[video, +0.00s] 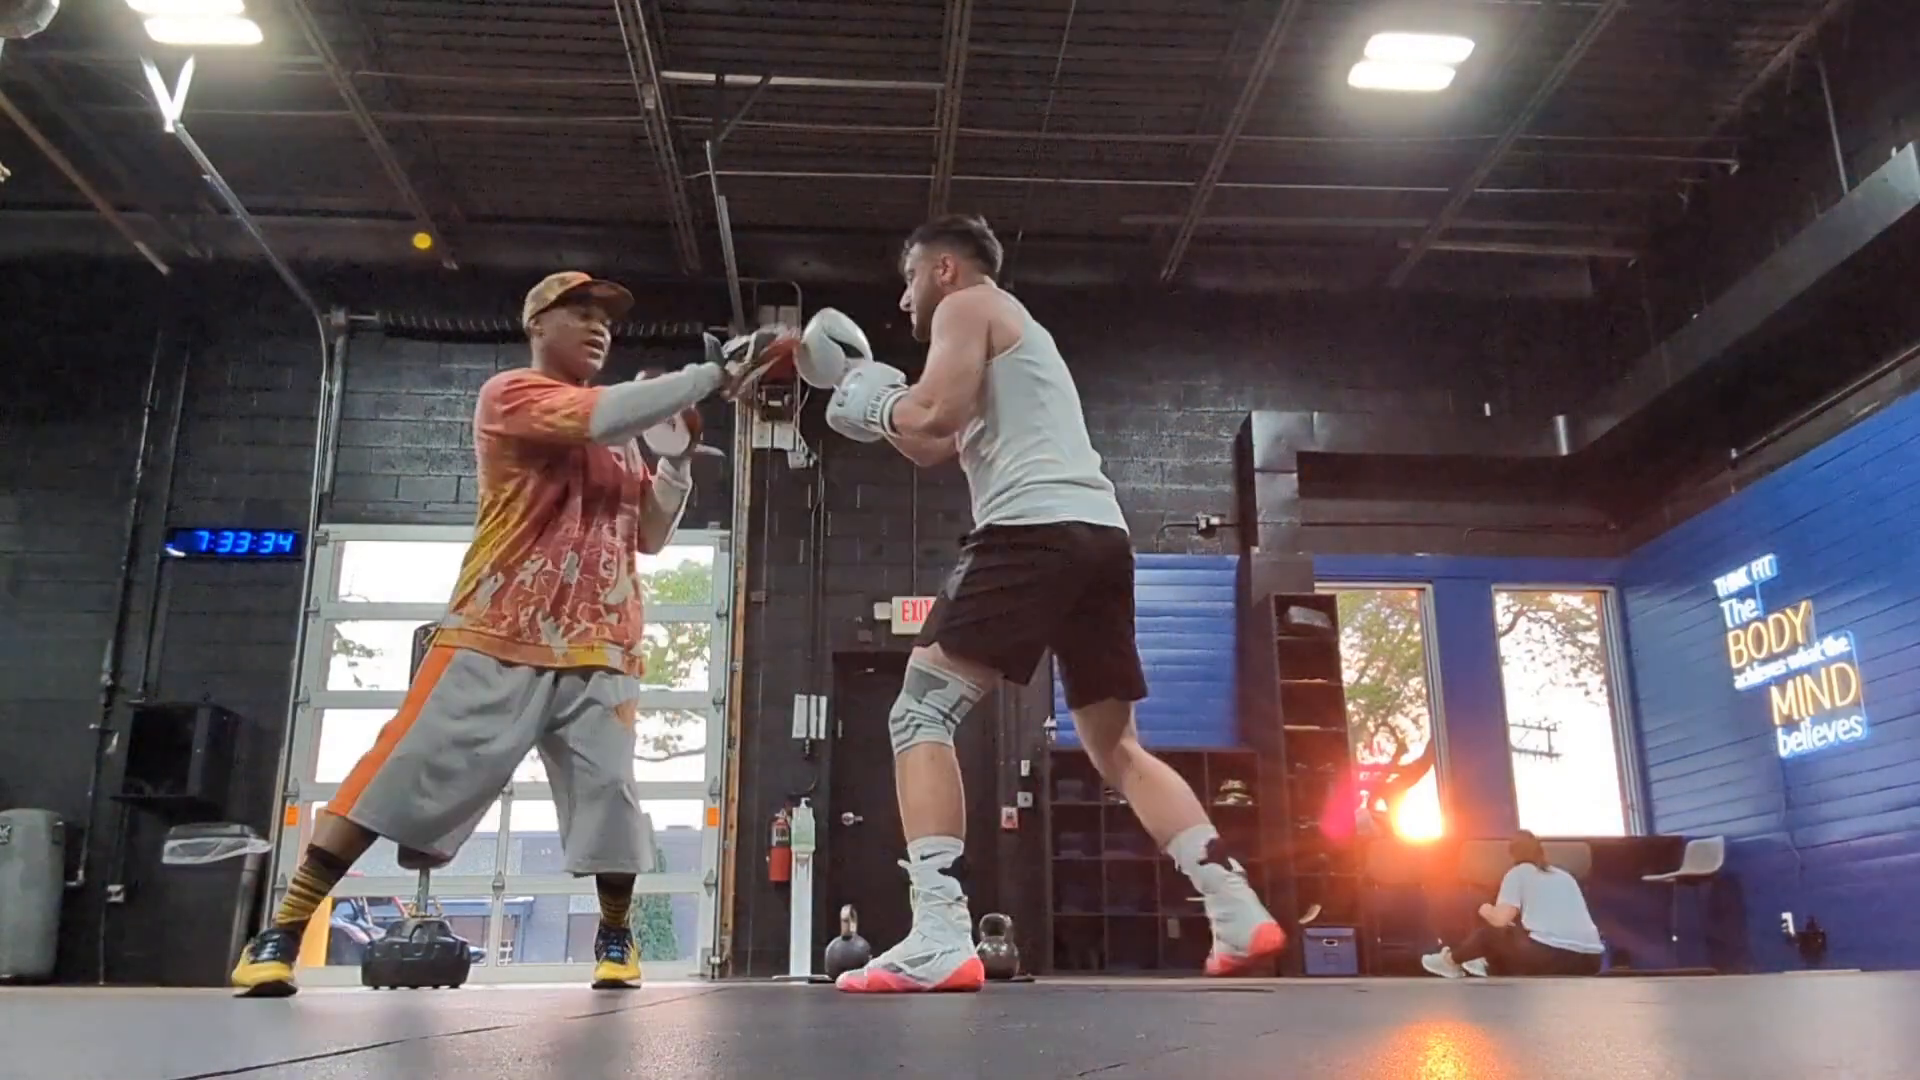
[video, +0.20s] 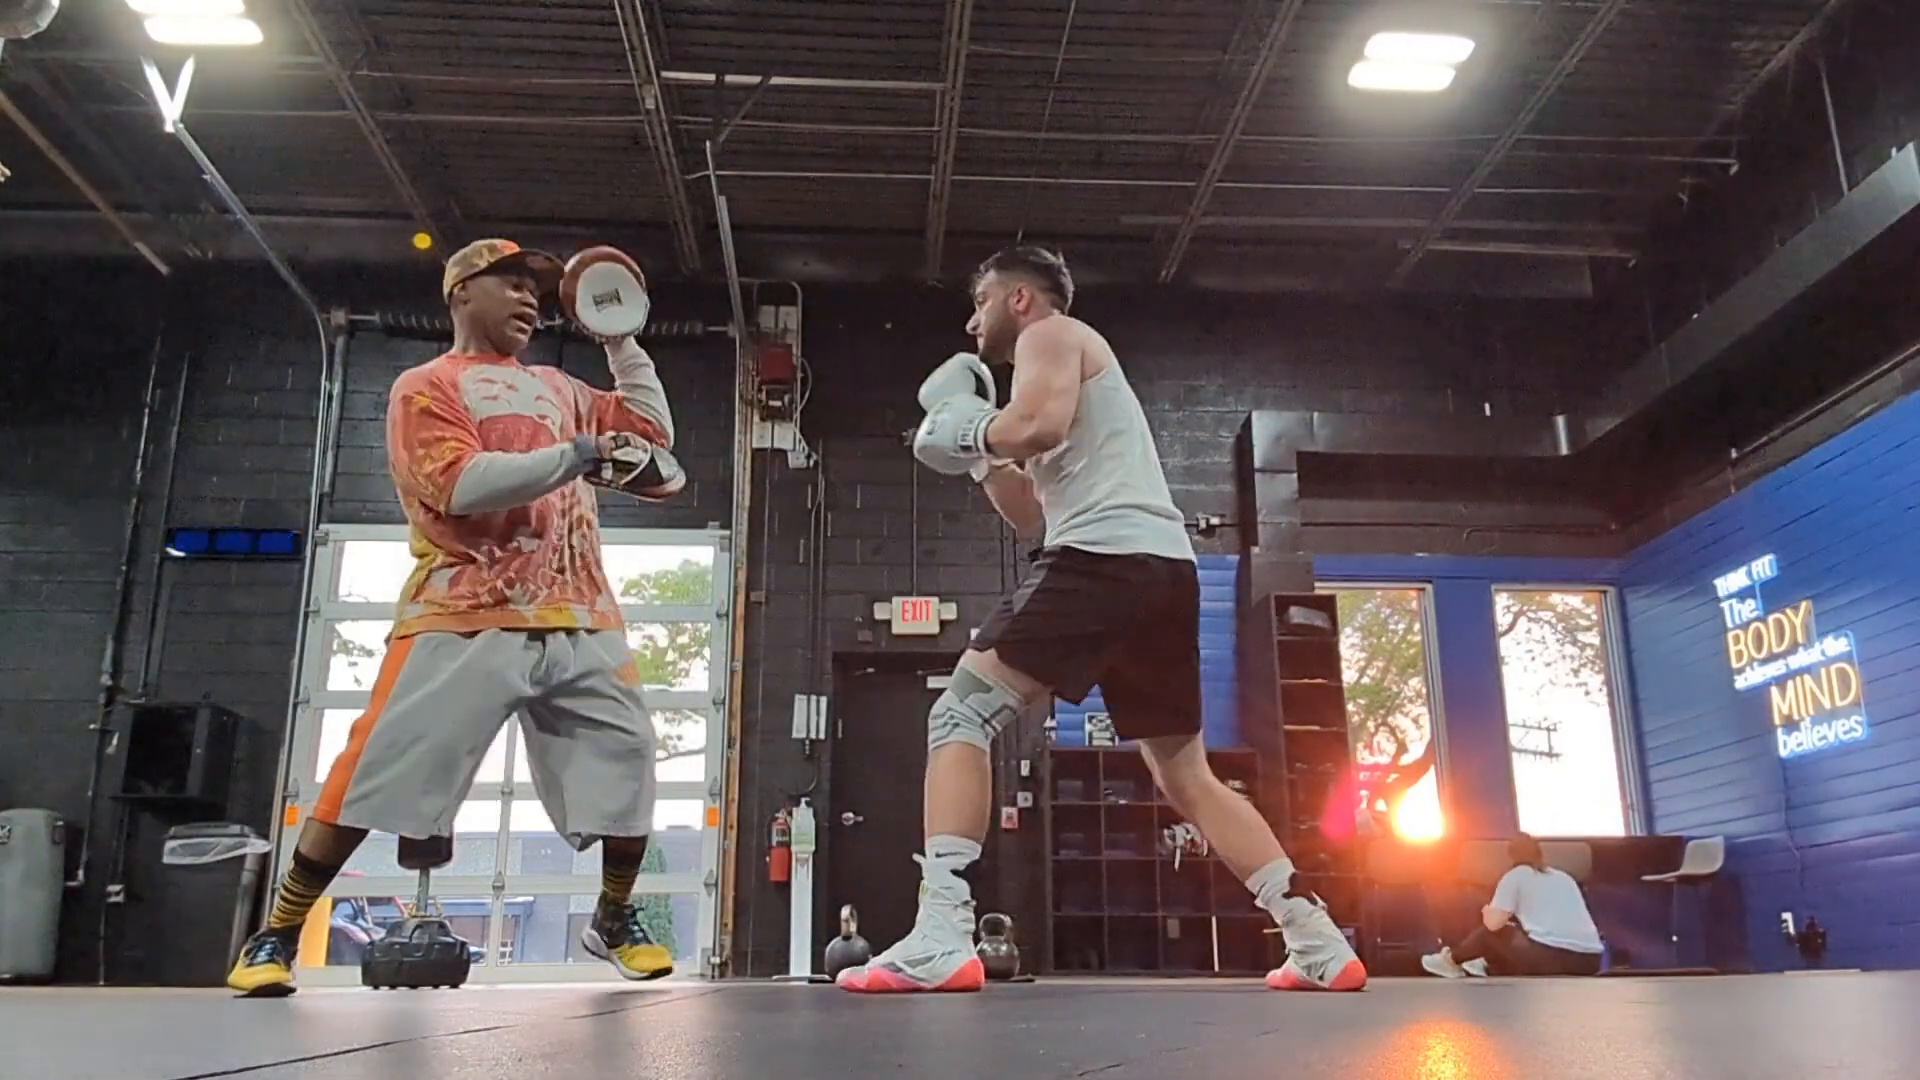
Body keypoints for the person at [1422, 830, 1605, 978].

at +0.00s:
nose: (1511, 855)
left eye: (1512, 851)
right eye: (1513, 850)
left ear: (1514, 854)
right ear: (1540, 852)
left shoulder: (1517, 874)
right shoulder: (1565, 875)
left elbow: (1502, 920)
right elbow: (1559, 918)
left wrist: (1485, 910)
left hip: (1552, 957)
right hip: (1591, 960)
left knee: (1487, 934)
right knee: (1519, 936)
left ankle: (1450, 960)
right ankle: (1483, 963)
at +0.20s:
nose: (1511, 856)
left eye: (1511, 852)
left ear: (1513, 856)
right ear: (1539, 853)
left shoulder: (1515, 877)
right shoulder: (1564, 877)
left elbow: (1493, 923)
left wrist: (1488, 910)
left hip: (1553, 959)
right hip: (1591, 961)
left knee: (1491, 933)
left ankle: (1449, 959)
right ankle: (1482, 965)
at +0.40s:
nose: (1513, 854)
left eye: (1515, 850)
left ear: (1517, 853)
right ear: (1543, 851)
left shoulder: (1517, 874)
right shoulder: (1569, 875)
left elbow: (1485, 920)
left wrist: (1508, 914)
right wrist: (1524, 917)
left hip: (1554, 959)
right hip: (1591, 961)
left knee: (1496, 932)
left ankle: (1449, 960)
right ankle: (1483, 964)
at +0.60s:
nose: (1520, 846)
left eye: (1522, 841)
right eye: (1522, 841)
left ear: (1526, 843)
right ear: (1553, 843)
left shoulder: (1522, 871)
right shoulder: (1579, 871)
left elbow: (1495, 916)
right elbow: (1571, 911)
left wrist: (1509, 925)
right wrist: (1528, 922)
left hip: (1555, 959)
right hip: (1593, 962)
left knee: (1495, 932)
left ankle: (1451, 959)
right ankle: (1483, 964)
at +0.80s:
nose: (1535, 840)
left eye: (1537, 835)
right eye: (1536, 835)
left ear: (1542, 837)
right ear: (1568, 837)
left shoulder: (1535, 867)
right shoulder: (1593, 871)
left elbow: (1507, 912)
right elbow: (1598, 913)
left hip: (1558, 958)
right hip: (1595, 962)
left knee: (1502, 929)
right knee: (1528, 928)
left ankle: (1454, 957)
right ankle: (1485, 963)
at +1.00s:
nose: (1547, 839)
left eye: (1549, 834)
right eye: (1548, 834)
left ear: (1554, 836)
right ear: (1580, 834)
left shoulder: (1545, 868)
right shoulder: (1602, 872)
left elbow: (1516, 916)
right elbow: (1606, 915)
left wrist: (1513, 891)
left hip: (1561, 959)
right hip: (1596, 962)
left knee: (1499, 926)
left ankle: (1457, 956)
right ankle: (1485, 963)